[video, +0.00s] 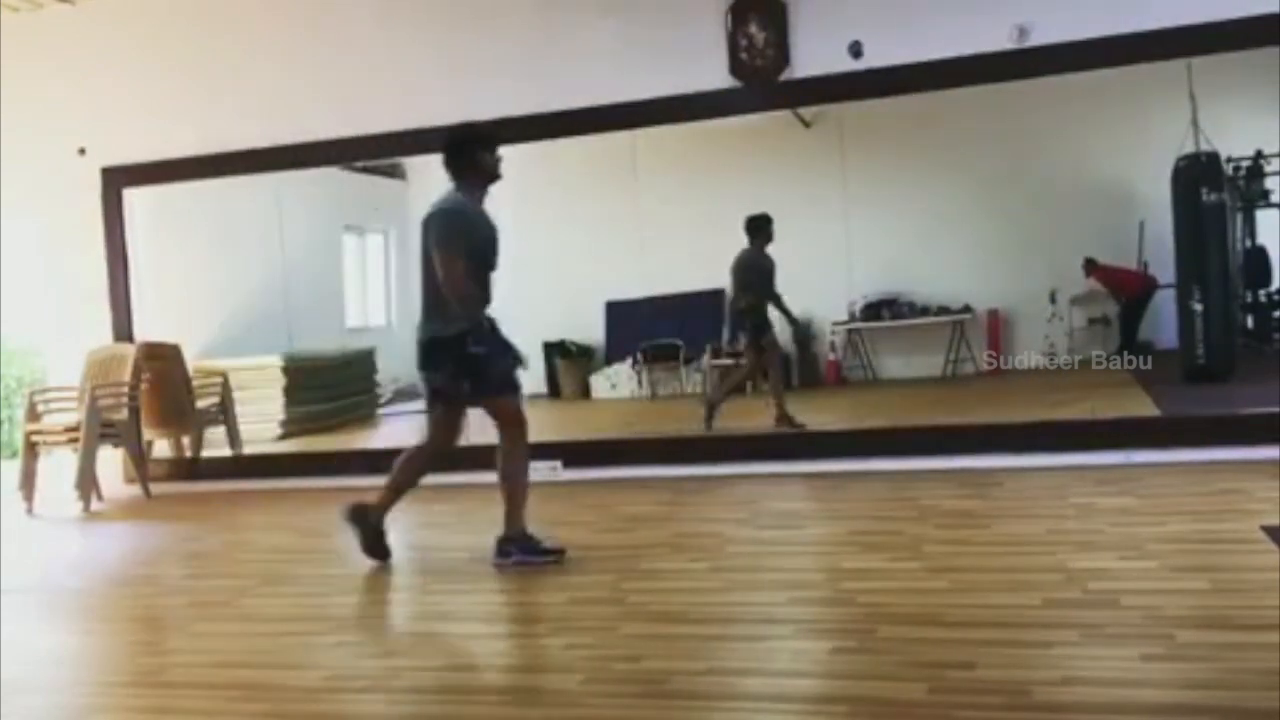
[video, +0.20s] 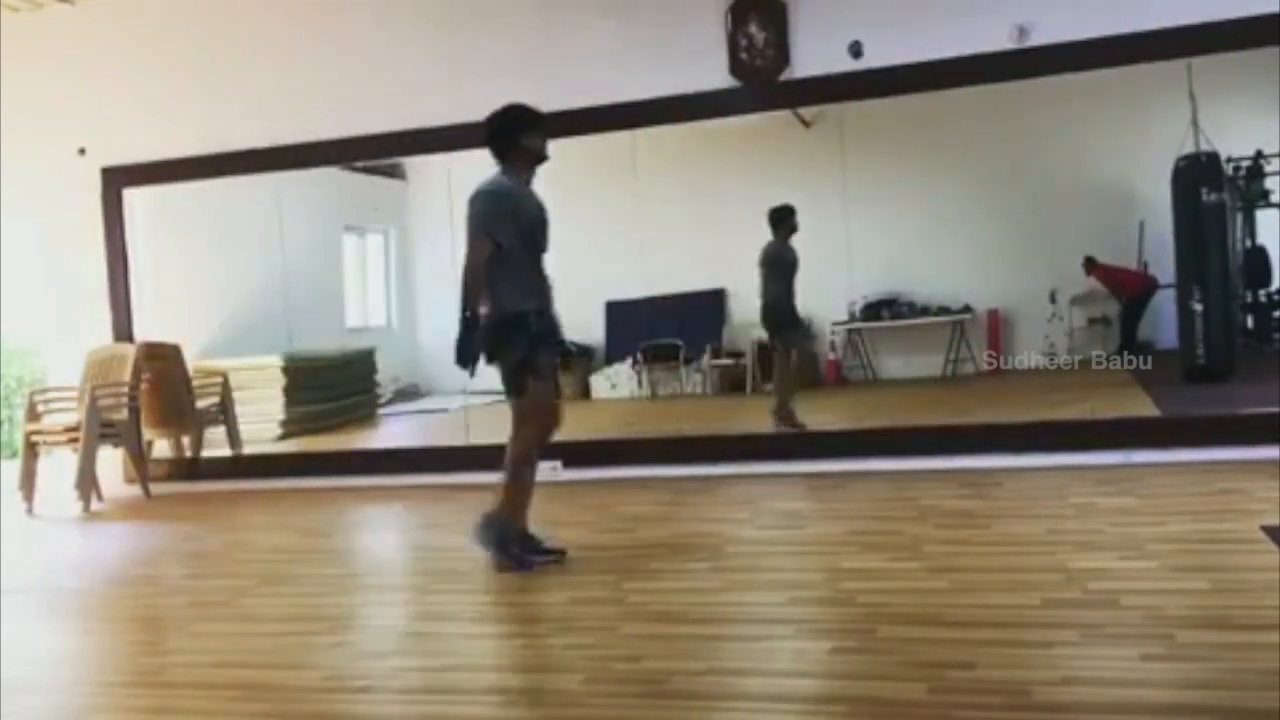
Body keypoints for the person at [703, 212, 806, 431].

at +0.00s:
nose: (773, 234)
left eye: (771, 229)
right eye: (769, 230)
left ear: (752, 233)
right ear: (762, 233)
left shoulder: (742, 259)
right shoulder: (759, 261)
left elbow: (771, 295)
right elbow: (770, 294)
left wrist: (792, 320)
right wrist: (793, 320)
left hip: (749, 315)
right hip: (753, 315)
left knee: (752, 365)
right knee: (774, 357)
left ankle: (714, 400)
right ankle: (781, 412)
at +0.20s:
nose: (796, 225)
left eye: (795, 220)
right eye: (792, 221)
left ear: (777, 225)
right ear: (785, 224)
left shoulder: (786, 251)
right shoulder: (775, 252)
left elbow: (785, 289)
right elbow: (776, 292)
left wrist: (793, 316)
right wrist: (791, 317)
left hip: (782, 311)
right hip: (777, 312)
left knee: (783, 360)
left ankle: (784, 408)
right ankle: (782, 407)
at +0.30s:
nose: (805, 223)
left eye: (804, 219)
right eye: (802, 219)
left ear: (786, 224)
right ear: (795, 223)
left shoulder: (795, 251)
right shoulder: (784, 253)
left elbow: (791, 291)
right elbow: (787, 293)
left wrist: (804, 315)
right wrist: (805, 317)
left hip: (796, 313)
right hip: (786, 314)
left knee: (815, 357)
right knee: (783, 362)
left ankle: (813, 407)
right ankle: (781, 411)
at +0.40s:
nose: (824, 226)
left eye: (823, 222)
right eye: (820, 222)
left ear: (805, 227)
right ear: (812, 226)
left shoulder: (810, 253)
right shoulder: (804, 255)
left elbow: (812, 293)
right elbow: (810, 295)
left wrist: (837, 309)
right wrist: (837, 310)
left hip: (807, 313)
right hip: (805, 314)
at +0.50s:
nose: (834, 225)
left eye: (832, 221)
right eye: (830, 222)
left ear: (815, 227)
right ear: (821, 226)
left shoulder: (823, 254)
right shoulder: (812, 255)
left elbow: (826, 293)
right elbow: (820, 294)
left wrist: (852, 312)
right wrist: (853, 312)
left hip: (826, 314)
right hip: (811, 316)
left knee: (847, 356)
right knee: (799, 363)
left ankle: (869, 406)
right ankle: (785, 411)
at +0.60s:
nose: (856, 220)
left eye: (854, 216)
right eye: (851, 216)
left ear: (839, 223)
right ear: (841, 221)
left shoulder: (848, 250)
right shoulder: (834, 249)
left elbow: (850, 286)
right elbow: (838, 286)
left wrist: (861, 310)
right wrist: (853, 310)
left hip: (854, 310)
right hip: (841, 312)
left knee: (863, 360)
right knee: (836, 362)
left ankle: (874, 407)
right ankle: (801, 399)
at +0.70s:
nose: (866, 219)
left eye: (864, 214)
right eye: (862, 215)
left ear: (845, 221)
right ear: (852, 220)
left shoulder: (845, 246)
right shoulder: (851, 248)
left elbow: (855, 284)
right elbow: (854, 284)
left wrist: (868, 307)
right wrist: (868, 309)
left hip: (854, 309)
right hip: (856, 310)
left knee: (865, 358)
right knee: (856, 357)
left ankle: (874, 405)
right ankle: (820, 393)